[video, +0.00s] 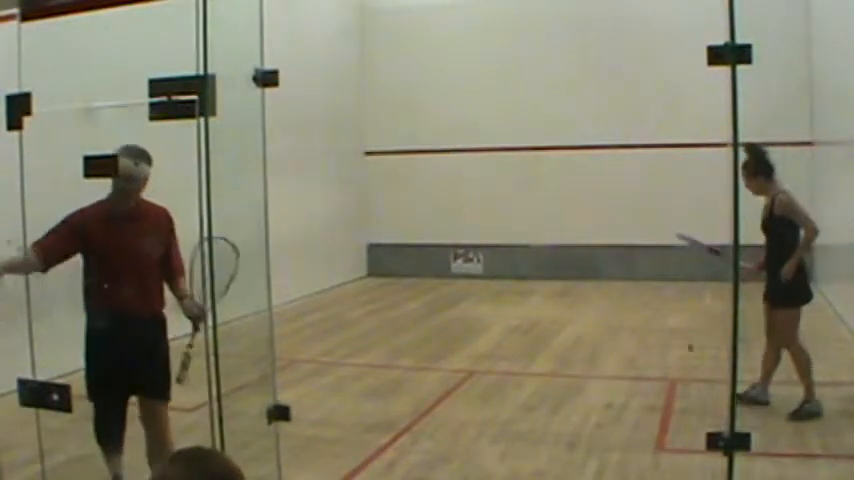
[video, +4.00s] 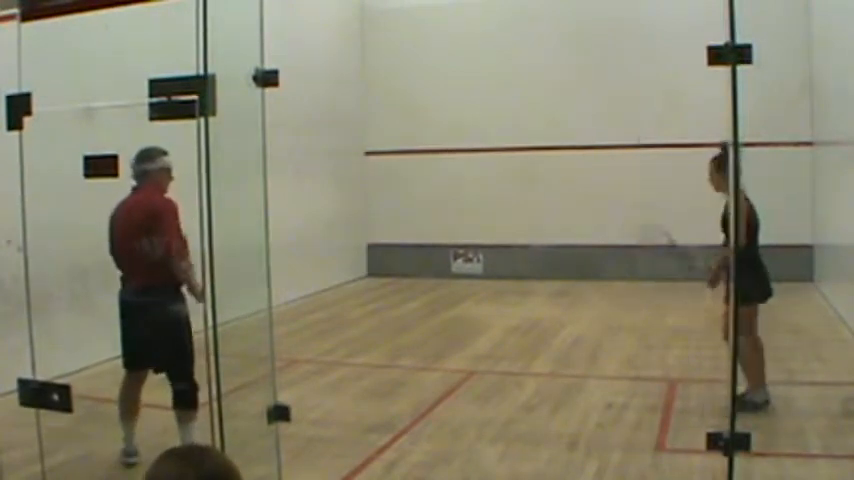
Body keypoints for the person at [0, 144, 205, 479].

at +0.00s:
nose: (128, 181)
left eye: (136, 175)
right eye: (122, 174)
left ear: (147, 178)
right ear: (110, 174)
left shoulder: (159, 219)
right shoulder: (88, 219)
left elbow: (175, 272)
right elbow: (39, 258)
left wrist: (187, 300)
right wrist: (5, 266)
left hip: (149, 328)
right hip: (105, 330)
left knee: (156, 413)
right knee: (108, 415)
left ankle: (162, 475)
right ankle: (116, 473)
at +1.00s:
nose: (187, 195)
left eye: (189, 187)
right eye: (184, 185)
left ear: (164, 182)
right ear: (163, 180)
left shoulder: (152, 220)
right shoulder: (139, 226)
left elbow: (157, 286)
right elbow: (148, 304)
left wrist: (194, 299)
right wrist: (192, 341)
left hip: (147, 350)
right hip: (136, 354)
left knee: (158, 454)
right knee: (153, 456)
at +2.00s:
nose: (168, 184)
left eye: (158, 179)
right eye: (174, 178)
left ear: (146, 181)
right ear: (178, 179)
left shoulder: (129, 218)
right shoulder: (198, 218)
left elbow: (116, 263)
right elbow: (224, 274)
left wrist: (149, 255)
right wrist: (234, 321)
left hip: (144, 332)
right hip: (188, 330)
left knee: (152, 415)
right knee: (196, 415)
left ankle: (153, 474)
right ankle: (203, 475)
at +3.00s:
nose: (181, 180)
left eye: (179, 175)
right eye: (179, 175)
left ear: (147, 176)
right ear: (175, 177)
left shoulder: (125, 209)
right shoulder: (185, 210)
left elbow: (126, 251)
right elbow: (197, 260)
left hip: (134, 307)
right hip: (174, 308)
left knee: (140, 384)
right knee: (185, 379)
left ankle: (139, 461)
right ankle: (192, 451)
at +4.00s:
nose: (170, 178)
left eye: (169, 172)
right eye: (166, 172)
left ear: (138, 175)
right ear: (156, 173)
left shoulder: (121, 210)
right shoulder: (164, 206)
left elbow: (119, 258)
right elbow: (174, 253)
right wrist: (194, 285)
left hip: (132, 300)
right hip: (166, 299)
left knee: (134, 372)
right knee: (181, 376)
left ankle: (128, 445)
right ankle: (189, 445)